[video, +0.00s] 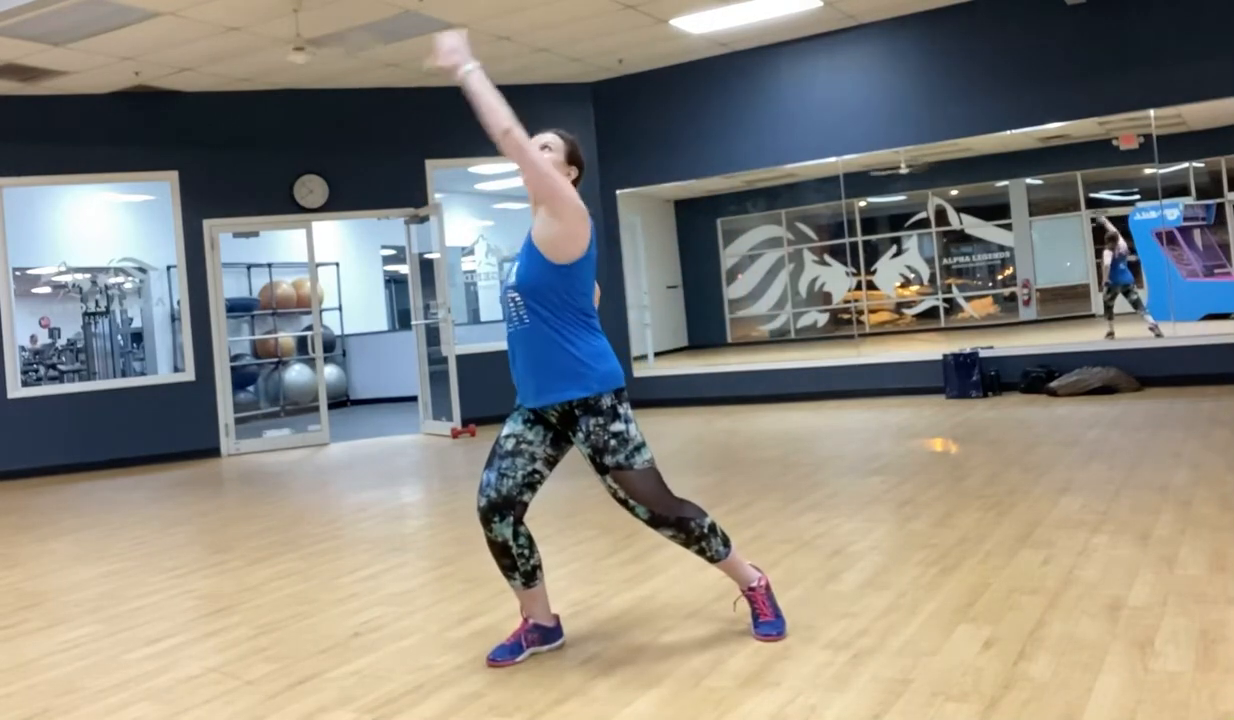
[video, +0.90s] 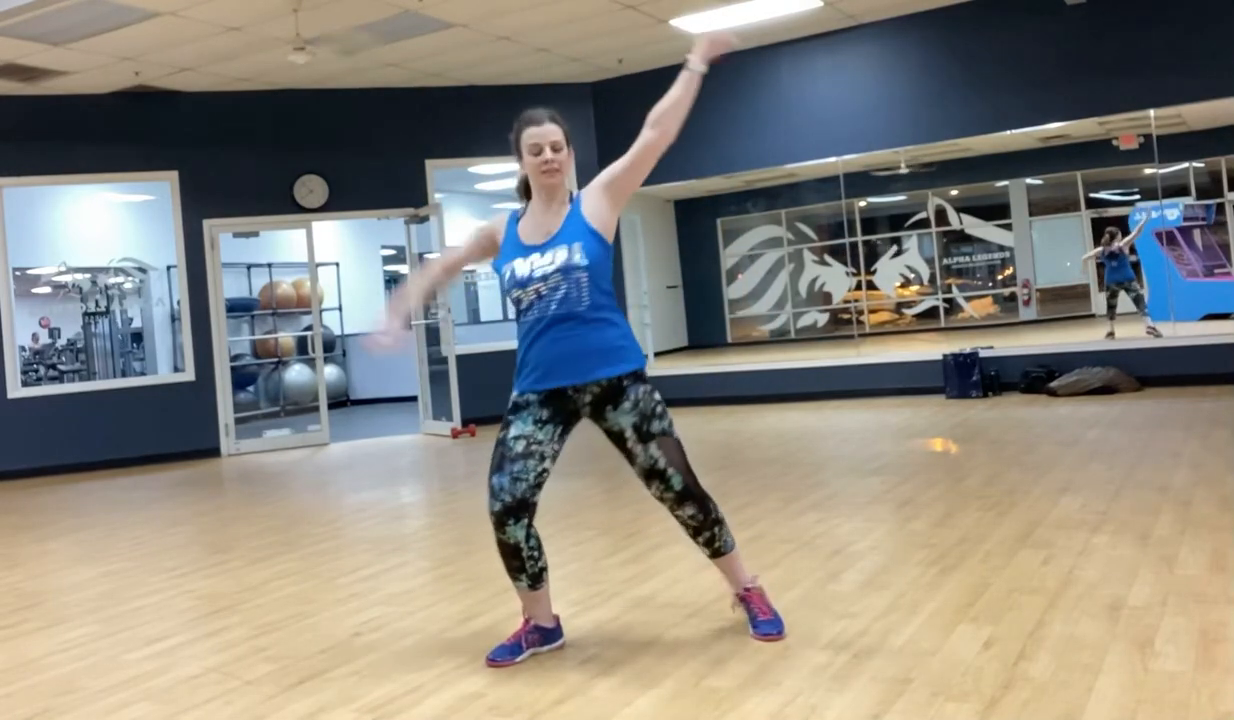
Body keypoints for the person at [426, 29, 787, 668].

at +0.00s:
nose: (528, 151)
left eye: (542, 147)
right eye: (530, 145)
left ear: (567, 169)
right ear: (544, 170)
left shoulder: (565, 209)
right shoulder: (546, 225)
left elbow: (506, 134)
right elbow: (584, 304)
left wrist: (467, 64)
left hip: (593, 398)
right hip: (539, 405)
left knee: (655, 507)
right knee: (496, 506)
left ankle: (752, 582)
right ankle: (539, 620)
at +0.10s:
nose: (531, 153)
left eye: (541, 144)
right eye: (528, 145)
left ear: (565, 161)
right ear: (528, 167)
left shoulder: (573, 212)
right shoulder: (537, 226)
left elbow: (540, 121)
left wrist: (509, 44)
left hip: (595, 398)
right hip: (538, 405)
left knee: (658, 507)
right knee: (496, 506)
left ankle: (752, 581)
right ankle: (539, 620)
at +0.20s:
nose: (532, 153)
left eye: (545, 145)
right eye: (529, 148)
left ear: (569, 161)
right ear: (527, 169)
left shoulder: (577, 217)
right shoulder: (534, 235)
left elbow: (554, 117)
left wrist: (530, 37)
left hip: (597, 399)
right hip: (538, 407)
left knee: (658, 505)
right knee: (496, 505)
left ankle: (753, 582)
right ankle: (540, 621)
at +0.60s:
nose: (547, 152)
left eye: (556, 145)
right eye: (536, 149)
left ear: (574, 162)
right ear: (524, 173)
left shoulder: (592, 214)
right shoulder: (526, 243)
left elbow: (621, 123)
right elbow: (540, 320)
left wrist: (635, 38)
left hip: (607, 394)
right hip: (541, 403)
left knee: (673, 498)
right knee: (498, 508)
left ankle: (755, 587)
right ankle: (540, 621)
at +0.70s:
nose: (548, 152)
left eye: (556, 146)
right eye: (536, 149)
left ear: (573, 162)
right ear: (522, 172)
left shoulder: (592, 212)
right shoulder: (521, 248)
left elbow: (631, 123)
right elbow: (517, 325)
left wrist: (651, 36)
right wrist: (516, 383)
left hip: (610, 394)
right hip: (541, 404)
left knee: (676, 497)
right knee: (498, 508)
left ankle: (755, 589)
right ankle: (539, 621)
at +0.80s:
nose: (547, 157)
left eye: (555, 148)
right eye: (534, 152)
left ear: (571, 160)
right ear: (519, 169)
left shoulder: (597, 205)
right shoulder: (507, 238)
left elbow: (646, 129)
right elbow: (464, 293)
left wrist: (682, 60)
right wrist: (447, 340)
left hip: (613, 383)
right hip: (539, 397)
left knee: (675, 491)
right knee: (499, 507)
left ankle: (752, 589)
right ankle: (540, 621)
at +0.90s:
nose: (550, 157)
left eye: (557, 147)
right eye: (537, 150)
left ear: (572, 153)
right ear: (521, 163)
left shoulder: (598, 200)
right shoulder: (500, 230)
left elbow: (657, 132)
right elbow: (439, 268)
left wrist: (697, 61)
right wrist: (397, 311)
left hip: (614, 376)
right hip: (540, 389)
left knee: (677, 486)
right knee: (507, 501)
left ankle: (746, 590)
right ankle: (540, 621)